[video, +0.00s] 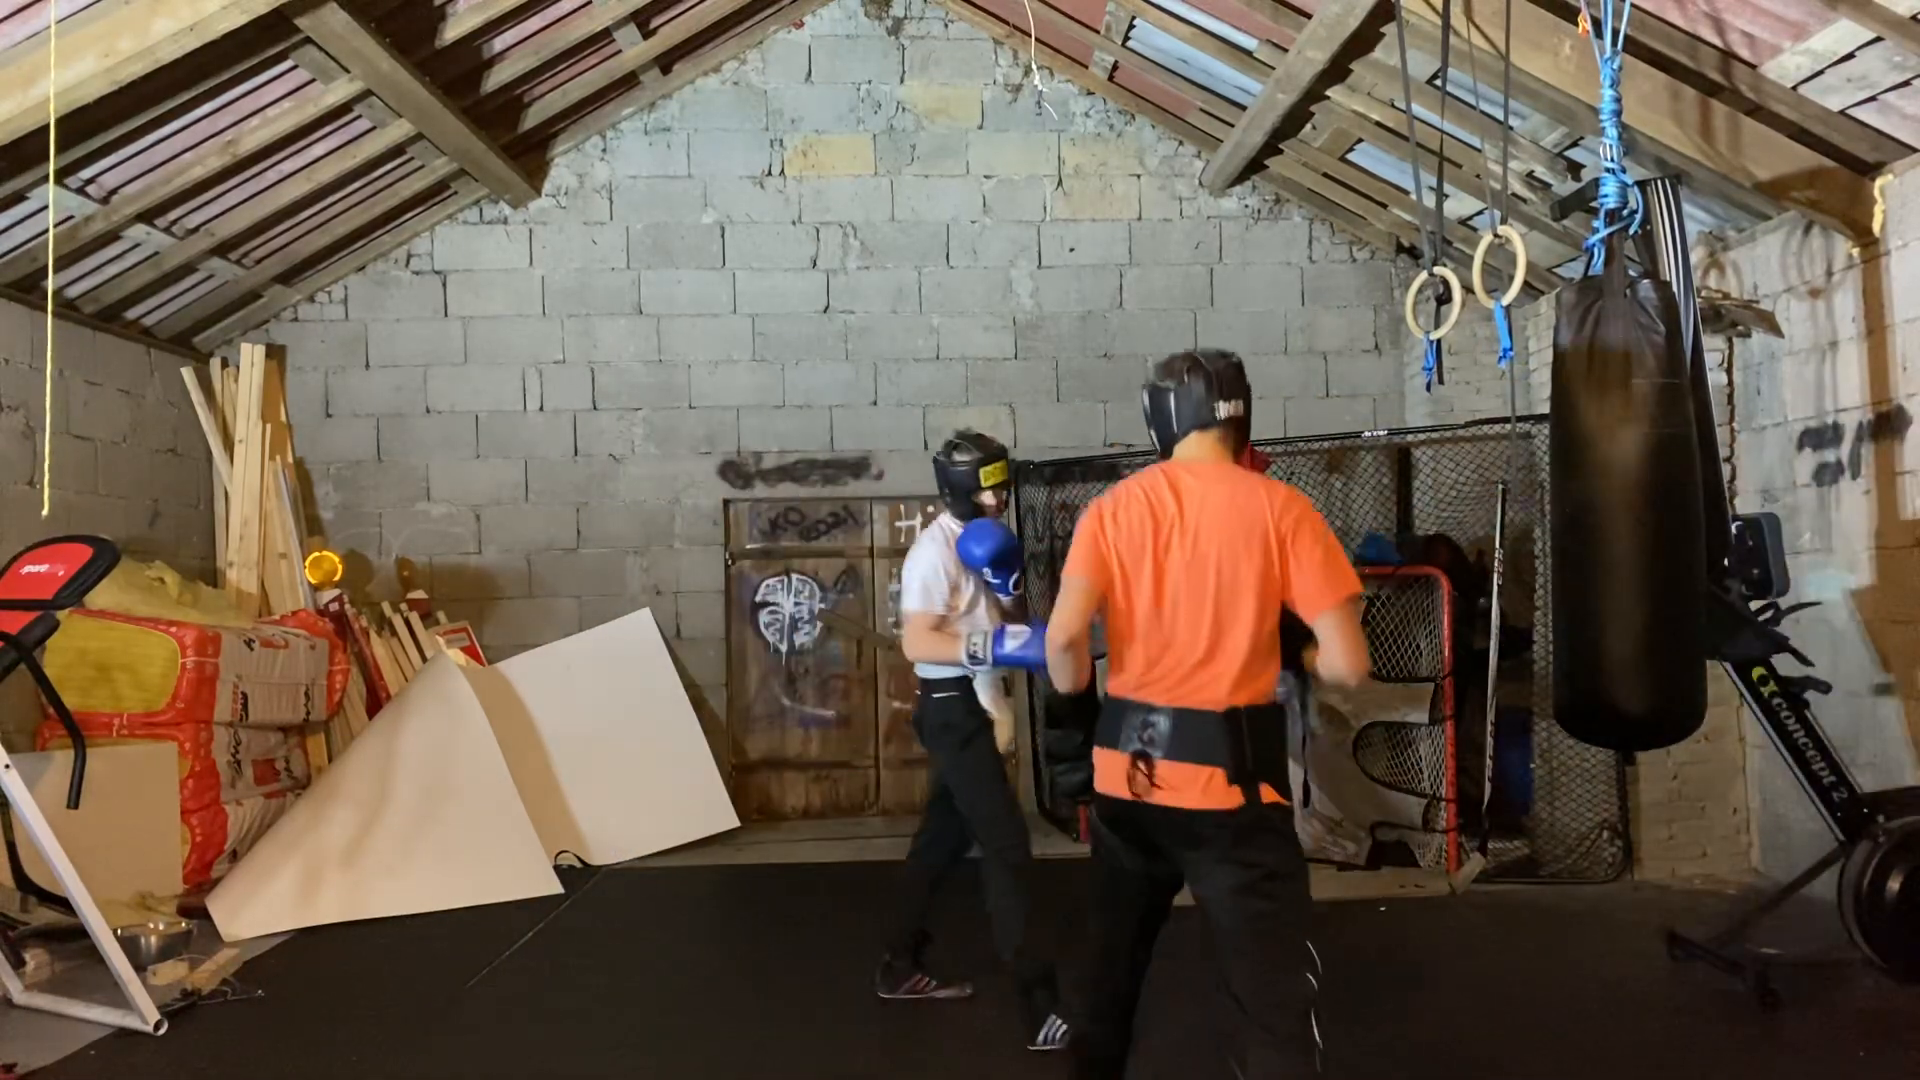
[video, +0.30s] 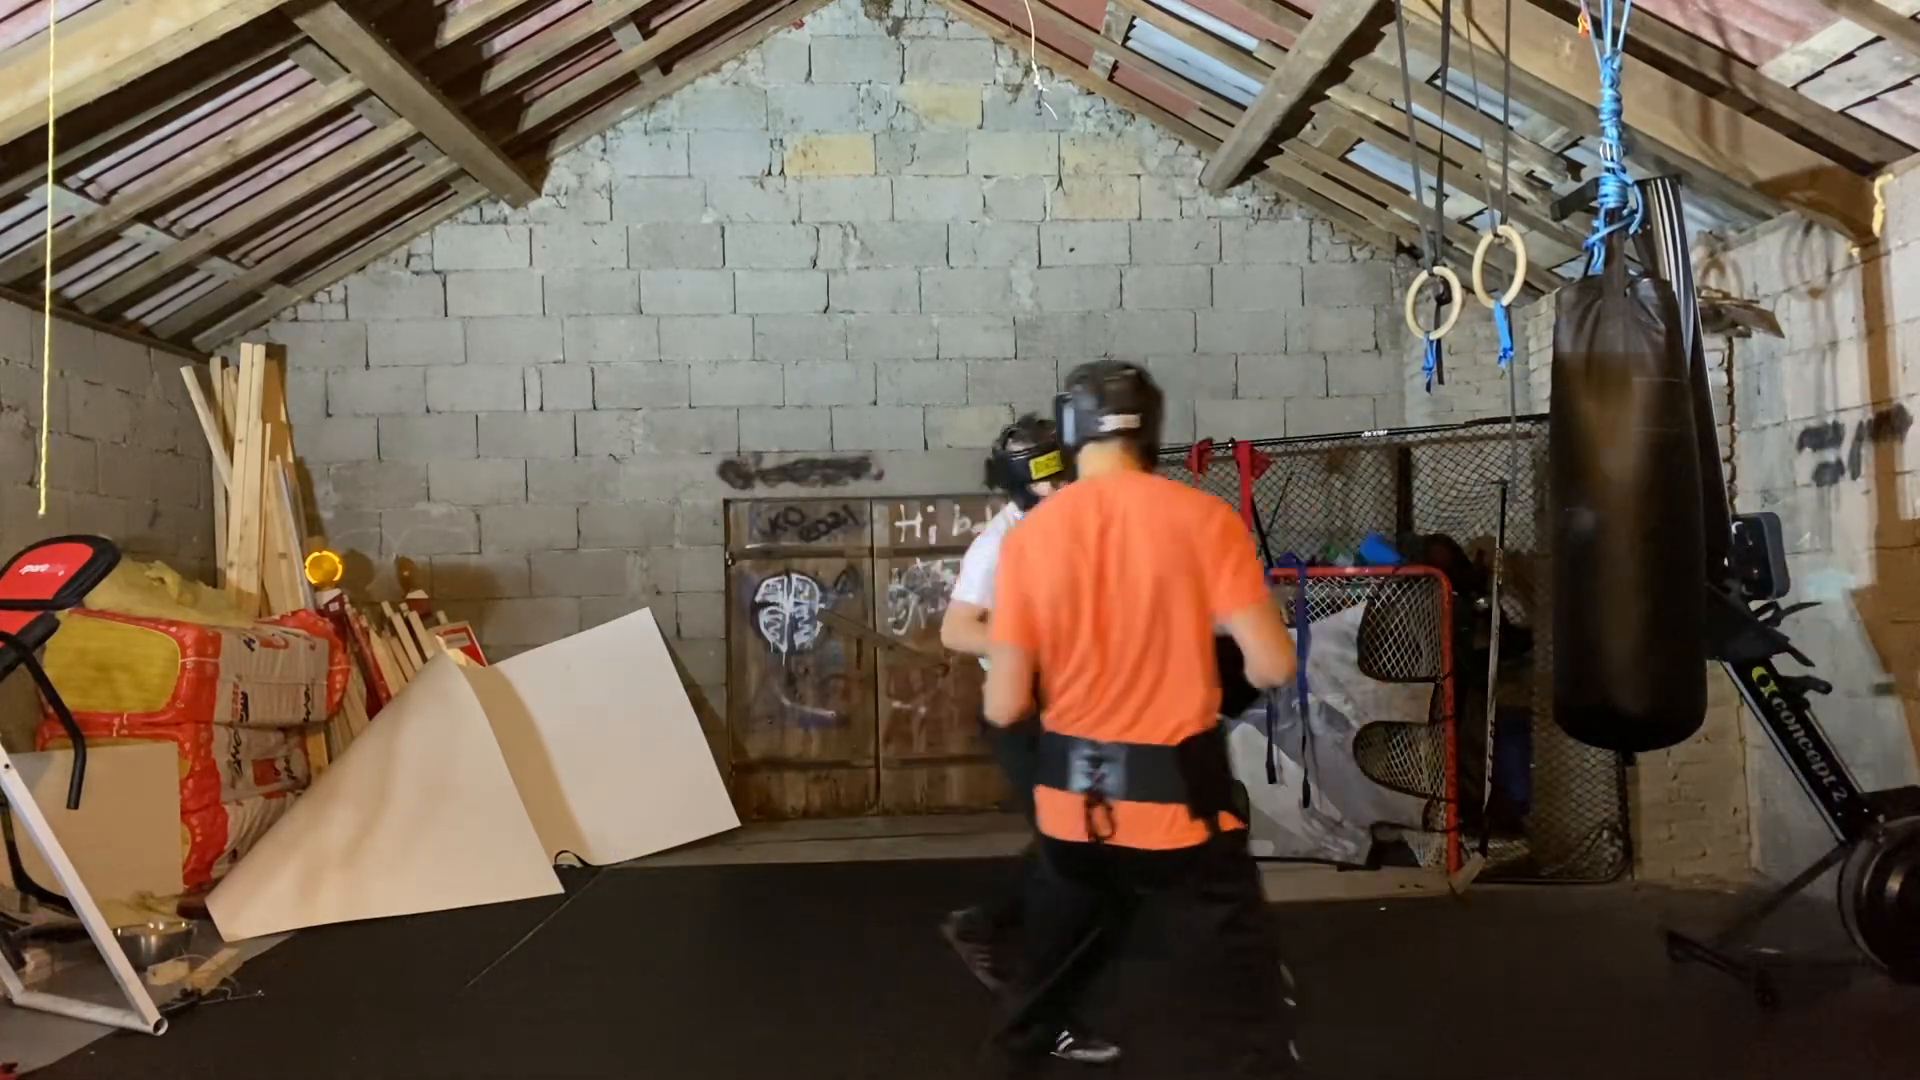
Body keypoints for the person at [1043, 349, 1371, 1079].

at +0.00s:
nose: (1157, 424)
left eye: (1158, 413)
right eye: (1246, 414)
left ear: (1162, 418)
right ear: (1243, 418)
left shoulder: (1111, 510)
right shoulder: (1284, 510)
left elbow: (1063, 637)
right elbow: (1347, 666)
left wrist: (1074, 682)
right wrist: (1299, 650)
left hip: (1121, 783)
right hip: (1232, 789)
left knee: (1103, 980)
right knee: (1276, 1008)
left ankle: (1090, 1062)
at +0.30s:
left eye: (1068, 426)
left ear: (1070, 431)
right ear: (1151, 430)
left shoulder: (1030, 535)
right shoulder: (1205, 519)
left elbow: (1005, 705)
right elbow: (1274, 665)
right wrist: (1221, 646)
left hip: (1067, 813)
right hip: (1179, 814)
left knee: (1033, 1010)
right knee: (1248, 1023)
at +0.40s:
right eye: (1112, 430)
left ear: (1025, 432)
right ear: (1107, 433)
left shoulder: (976, 528)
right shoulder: (1146, 512)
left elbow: (956, 691)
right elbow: (1251, 645)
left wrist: (1028, 664)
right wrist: (1212, 604)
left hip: (1012, 806)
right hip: (1122, 806)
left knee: (1015, 1007)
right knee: (1187, 1008)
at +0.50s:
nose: (1086, 431)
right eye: (1082, 418)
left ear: (992, 425)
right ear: (1072, 422)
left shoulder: (938, 512)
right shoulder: (1097, 498)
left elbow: (932, 638)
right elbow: (1215, 606)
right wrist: (1180, 514)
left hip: (966, 800)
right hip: (1066, 802)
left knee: (987, 983)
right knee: (1136, 1008)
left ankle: (968, 1062)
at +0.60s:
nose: (1057, 429)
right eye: (1055, 417)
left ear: (963, 416)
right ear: (1045, 418)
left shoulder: (909, 502)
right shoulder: (1063, 491)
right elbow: (1171, 586)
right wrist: (1144, 476)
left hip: (932, 796)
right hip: (1024, 800)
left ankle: (950, 1062)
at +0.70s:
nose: (1031, 428)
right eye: (1027, 414)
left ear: (939, 414)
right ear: (1018, 415)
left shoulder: (883, 503)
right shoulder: (1040, 492)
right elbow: (1120, 580)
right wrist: (1108, 473)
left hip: (910, 786)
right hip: (1005, 791)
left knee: (938, 1001)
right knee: (1022, 1013)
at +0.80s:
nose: (1012, 430)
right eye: (1010, 417)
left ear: (918, 417)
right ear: (1000, 419)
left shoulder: (861, 507)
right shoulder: (1016, 495)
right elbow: (1102, 587)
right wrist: (1086, 476)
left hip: (889, 782)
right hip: (977, 786)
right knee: (944, 1012)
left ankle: (946, 1041)